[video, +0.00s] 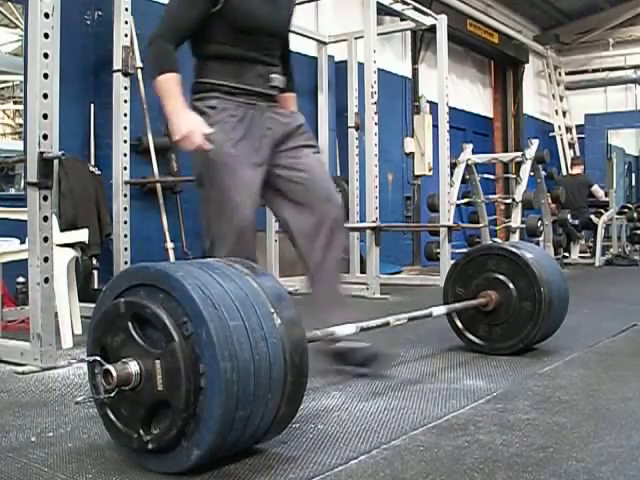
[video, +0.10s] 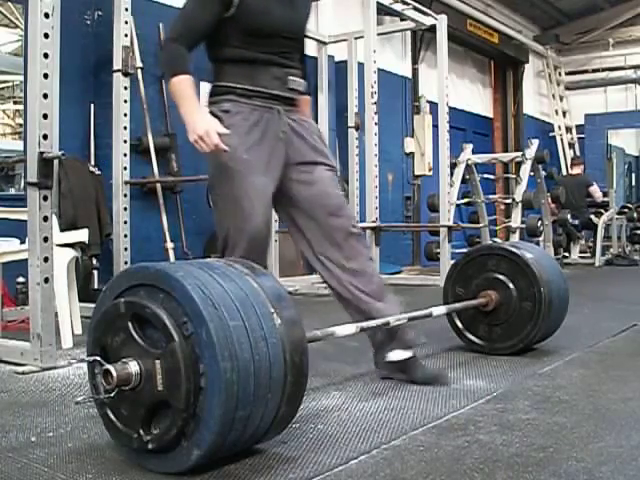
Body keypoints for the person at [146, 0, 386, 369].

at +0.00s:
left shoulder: (283, 4)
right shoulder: (206, 2)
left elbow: (279, 53)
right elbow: (160, 44)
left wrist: (290, 115)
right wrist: (178, 112)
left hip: (277, 115)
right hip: (225, 112)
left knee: (323, 207)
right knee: (234, 231)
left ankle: (333, 328)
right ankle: (235, 348)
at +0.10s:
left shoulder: (300, 4)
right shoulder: (224, 2)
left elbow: (294, 59)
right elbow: (173, 44)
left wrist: (305, 123)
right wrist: (192, 112)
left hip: (292, 118)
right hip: (241, 114)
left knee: (338, 228)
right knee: (248, 235)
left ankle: (394, 347)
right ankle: (233, 360)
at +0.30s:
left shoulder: (332, 4)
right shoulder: (245, 2)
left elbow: (332, 63)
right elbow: (200, 46)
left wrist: (347, 132)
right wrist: (211, 121)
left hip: (312, 120)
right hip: (256, 115)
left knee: (355, 229)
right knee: (260, 243)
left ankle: (389, 355)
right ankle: (248, 371)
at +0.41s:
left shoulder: (337, 4)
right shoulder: (251, 1)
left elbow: (340, 61)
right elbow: (202, 45)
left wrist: (360, 124)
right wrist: (219, 119)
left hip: (313, 120)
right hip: (258, 115)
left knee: (355, 228)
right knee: (257, 249)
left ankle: (386, 354)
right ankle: (242, 374)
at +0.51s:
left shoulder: (343, 4)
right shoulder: (255, 1)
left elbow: (347, 59)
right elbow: (209, 46)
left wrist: (367, 126)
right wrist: (230, 117)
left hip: (318, 120)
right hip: (263, 114)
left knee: (360, 223)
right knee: (256, 250)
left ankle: (383, 354)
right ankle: (241, 373)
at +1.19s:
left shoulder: (412, 7)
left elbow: (410, 44)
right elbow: (290, 15)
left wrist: (427, 112)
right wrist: (306, 103)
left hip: (375, 95)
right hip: (327, 89)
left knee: (394, 217)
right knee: (347, 221)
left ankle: (392, 351)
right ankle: (354, 363)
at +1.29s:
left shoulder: (418, 6)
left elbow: (413, 44)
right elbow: (299, 13)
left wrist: (426, 112)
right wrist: (320, 98)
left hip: (379, 93)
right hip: (331, 85)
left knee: (394, 218)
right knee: (349, 219)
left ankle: (391, 350)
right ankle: (353, 364)